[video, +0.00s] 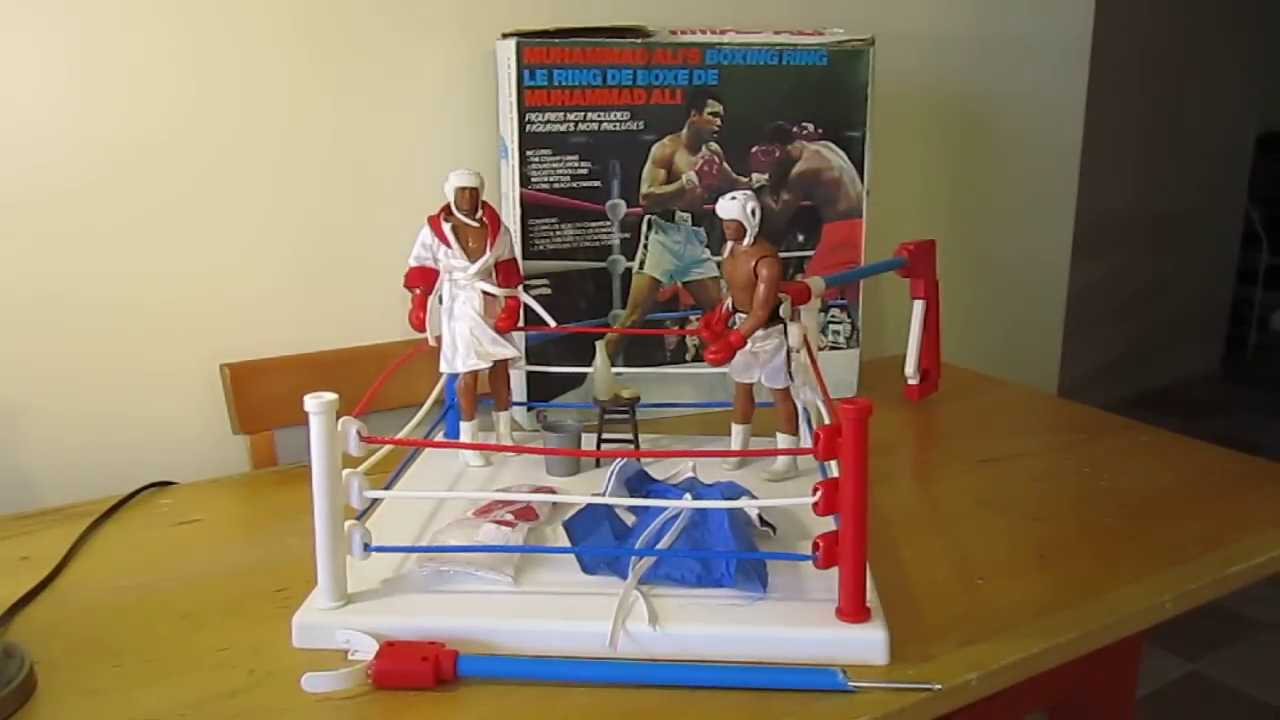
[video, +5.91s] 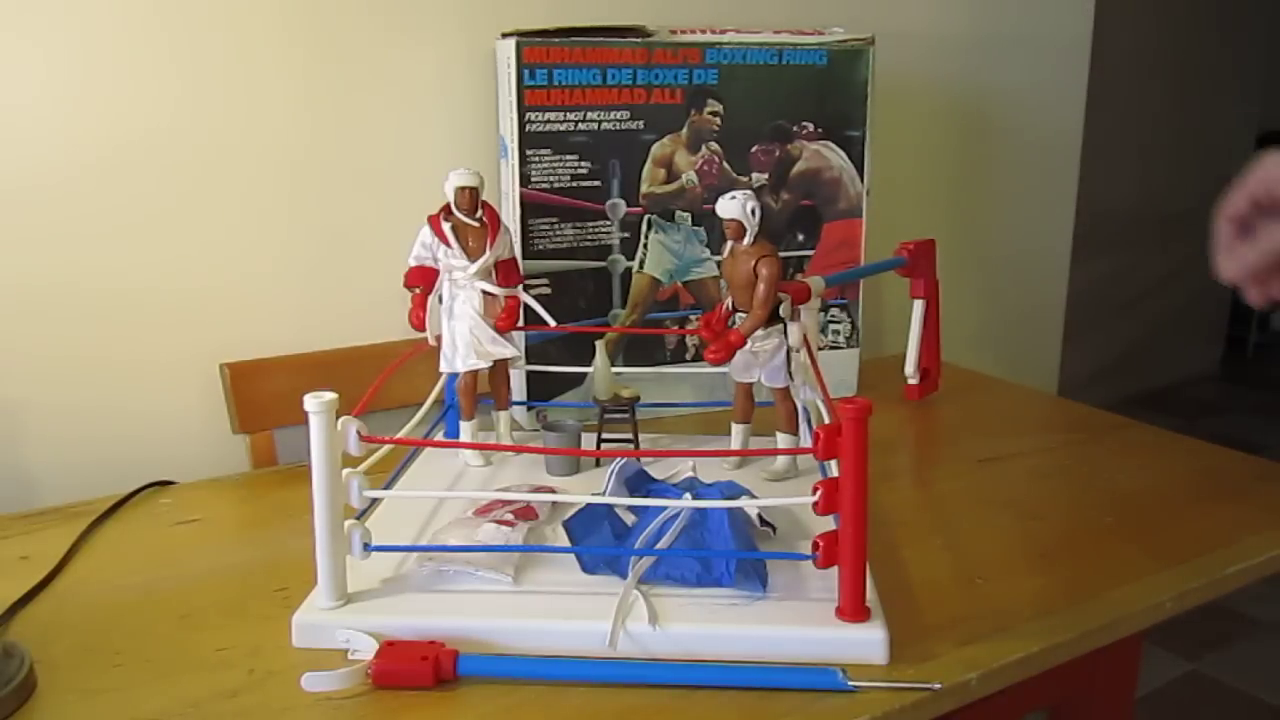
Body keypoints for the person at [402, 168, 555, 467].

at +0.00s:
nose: (468, 197)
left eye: (472, 191)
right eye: (462, 191)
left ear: (481, 194)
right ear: (451, 195)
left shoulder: (495, 228)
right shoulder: (436, 229)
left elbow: (509, 269)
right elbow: (421, 268)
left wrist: (512, 306)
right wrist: (419, 304)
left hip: (493, 303)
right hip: (459, 305)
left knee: (500, 365)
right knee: (469, 370)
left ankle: (505, 433)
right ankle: (469, 440)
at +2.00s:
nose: (466, 198)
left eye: (472, 191)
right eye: (460, 192)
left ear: (480, 194)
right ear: (450, 195)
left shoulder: (496, 228)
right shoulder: (435, 229)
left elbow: (508, 270)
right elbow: (421, 273)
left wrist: (510, 306)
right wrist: (421, 312)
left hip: (493, 302)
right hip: (459, 304)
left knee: (501, 364)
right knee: (469, 369)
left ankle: (505, 432)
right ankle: (469, 440)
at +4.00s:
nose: (467, 198)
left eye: (472, 191)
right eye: (461, 191)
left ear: (480, 194)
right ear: (450, 195)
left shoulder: (496, 228)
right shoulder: (435, 229)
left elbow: (508, 270)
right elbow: (421, 271)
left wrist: (511, 306)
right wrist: (421, 309)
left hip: (492, 302)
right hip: (457, 304)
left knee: (500, 364)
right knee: (468, 369)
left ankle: (504, 433)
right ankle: (469, 441)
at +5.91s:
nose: (467, 198)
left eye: (472, 191)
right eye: (461, 191)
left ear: (480, 194)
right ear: (451, 195)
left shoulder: (496, 227)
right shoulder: (436, 229)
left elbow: (508, 268)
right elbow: (422, 268)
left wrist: (512, 303)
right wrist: (419, 303)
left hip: (493, 302)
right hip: (458, 303)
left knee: (500, 364)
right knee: (469, 369)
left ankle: (504, 432)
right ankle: (468, 440)